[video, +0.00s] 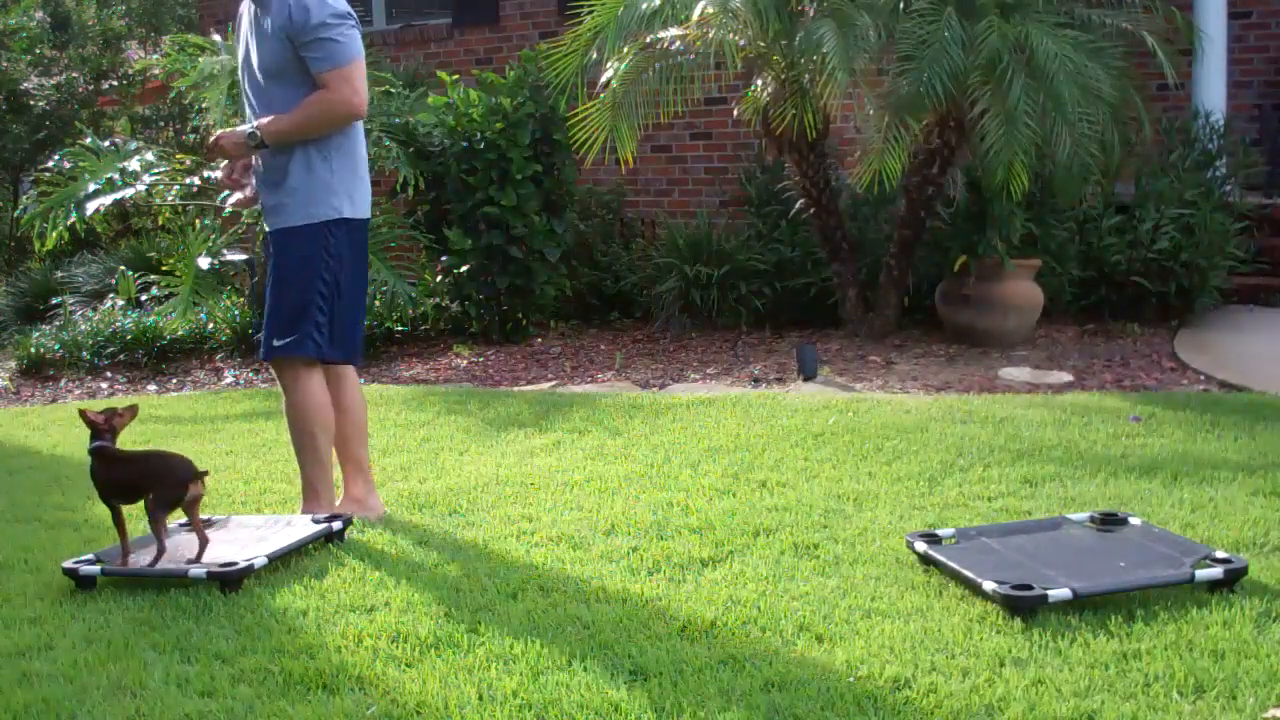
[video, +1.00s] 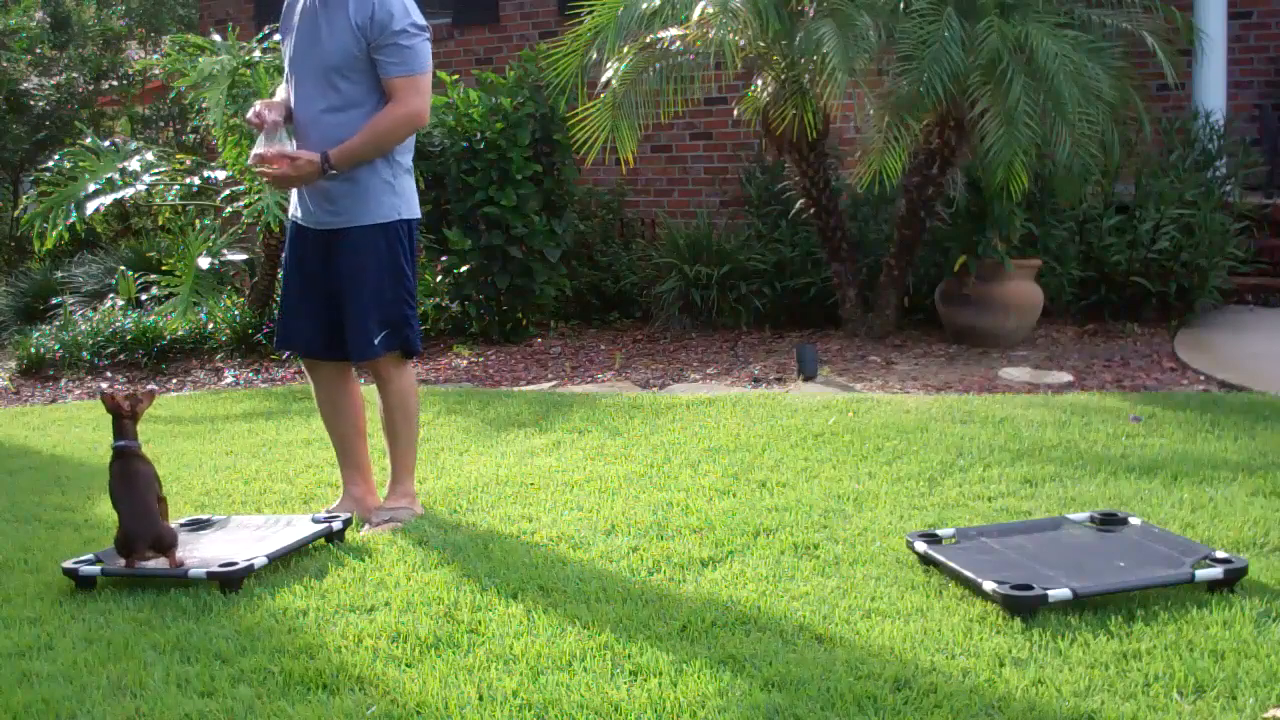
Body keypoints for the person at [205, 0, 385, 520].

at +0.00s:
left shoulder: (307, 2)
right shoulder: (257, 10)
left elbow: (349, 98)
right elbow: (303, 105)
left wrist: (254, 135)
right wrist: (261, 166)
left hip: (317, 205)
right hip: (310, 204)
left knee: (293, 354)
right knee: (334, 355)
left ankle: (319, 511)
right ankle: (361, 498)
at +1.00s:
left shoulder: (386, 7)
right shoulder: (296, 9)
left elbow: (412, 108)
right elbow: (300, 79)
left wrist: (325, 163)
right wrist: (278, 105)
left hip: (375, 208)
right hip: (312, 209)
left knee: (385, 353)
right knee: (320, 352)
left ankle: (402, 494)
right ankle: (358, 493)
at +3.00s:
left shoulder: (398, 6)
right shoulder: (304, 8)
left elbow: (432, 105)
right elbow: (304, 85)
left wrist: (338, 146)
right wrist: (288, 116)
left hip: (387, 205)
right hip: (319, 206)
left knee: (400, 351)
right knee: (320, 351)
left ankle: (404, 495)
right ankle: (358, 492)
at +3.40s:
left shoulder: (400, 8)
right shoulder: (264, 13)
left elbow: (441, 101)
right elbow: (247, 99)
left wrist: (364, 149)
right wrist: (232, 173)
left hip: (387, 206)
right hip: (305, 207)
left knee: (396, 356)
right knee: (300, 355)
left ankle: (405, 496)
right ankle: (287, 498)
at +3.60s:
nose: (291, 3)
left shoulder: (382, 14)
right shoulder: (240, 37)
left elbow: (416, 97)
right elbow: (213, 147)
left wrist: (380, 153)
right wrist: (227, 251)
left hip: (371, 217)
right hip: (289, 223)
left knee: (386, 359)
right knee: (293, 366)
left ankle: (402, 496)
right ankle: (286, 514)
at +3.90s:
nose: (320, 80)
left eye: (333, 67)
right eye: (308, 67)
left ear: (354, 40)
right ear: (288, 34)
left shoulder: (375, 49)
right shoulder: (252, 85)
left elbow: (373, 114)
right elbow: (234, 220)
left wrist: (369, 196)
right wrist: (236, 332)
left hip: (344, 223)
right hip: (271, 232)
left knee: (354, 352)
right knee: (278, 369)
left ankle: (345, 499)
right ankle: (285, 510)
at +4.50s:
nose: (380, 116)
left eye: (394, 107)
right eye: (368, 103)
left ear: (412, 77)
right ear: (351, 70)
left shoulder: (405, 62)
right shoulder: (301, 114)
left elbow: (396, 116)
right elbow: (283, 248)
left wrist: (409, 186)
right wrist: (283, 359)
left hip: (347, 210)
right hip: (275, 225)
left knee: (407, 321)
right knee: (288, 375)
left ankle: (411, 486)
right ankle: (285, 516)